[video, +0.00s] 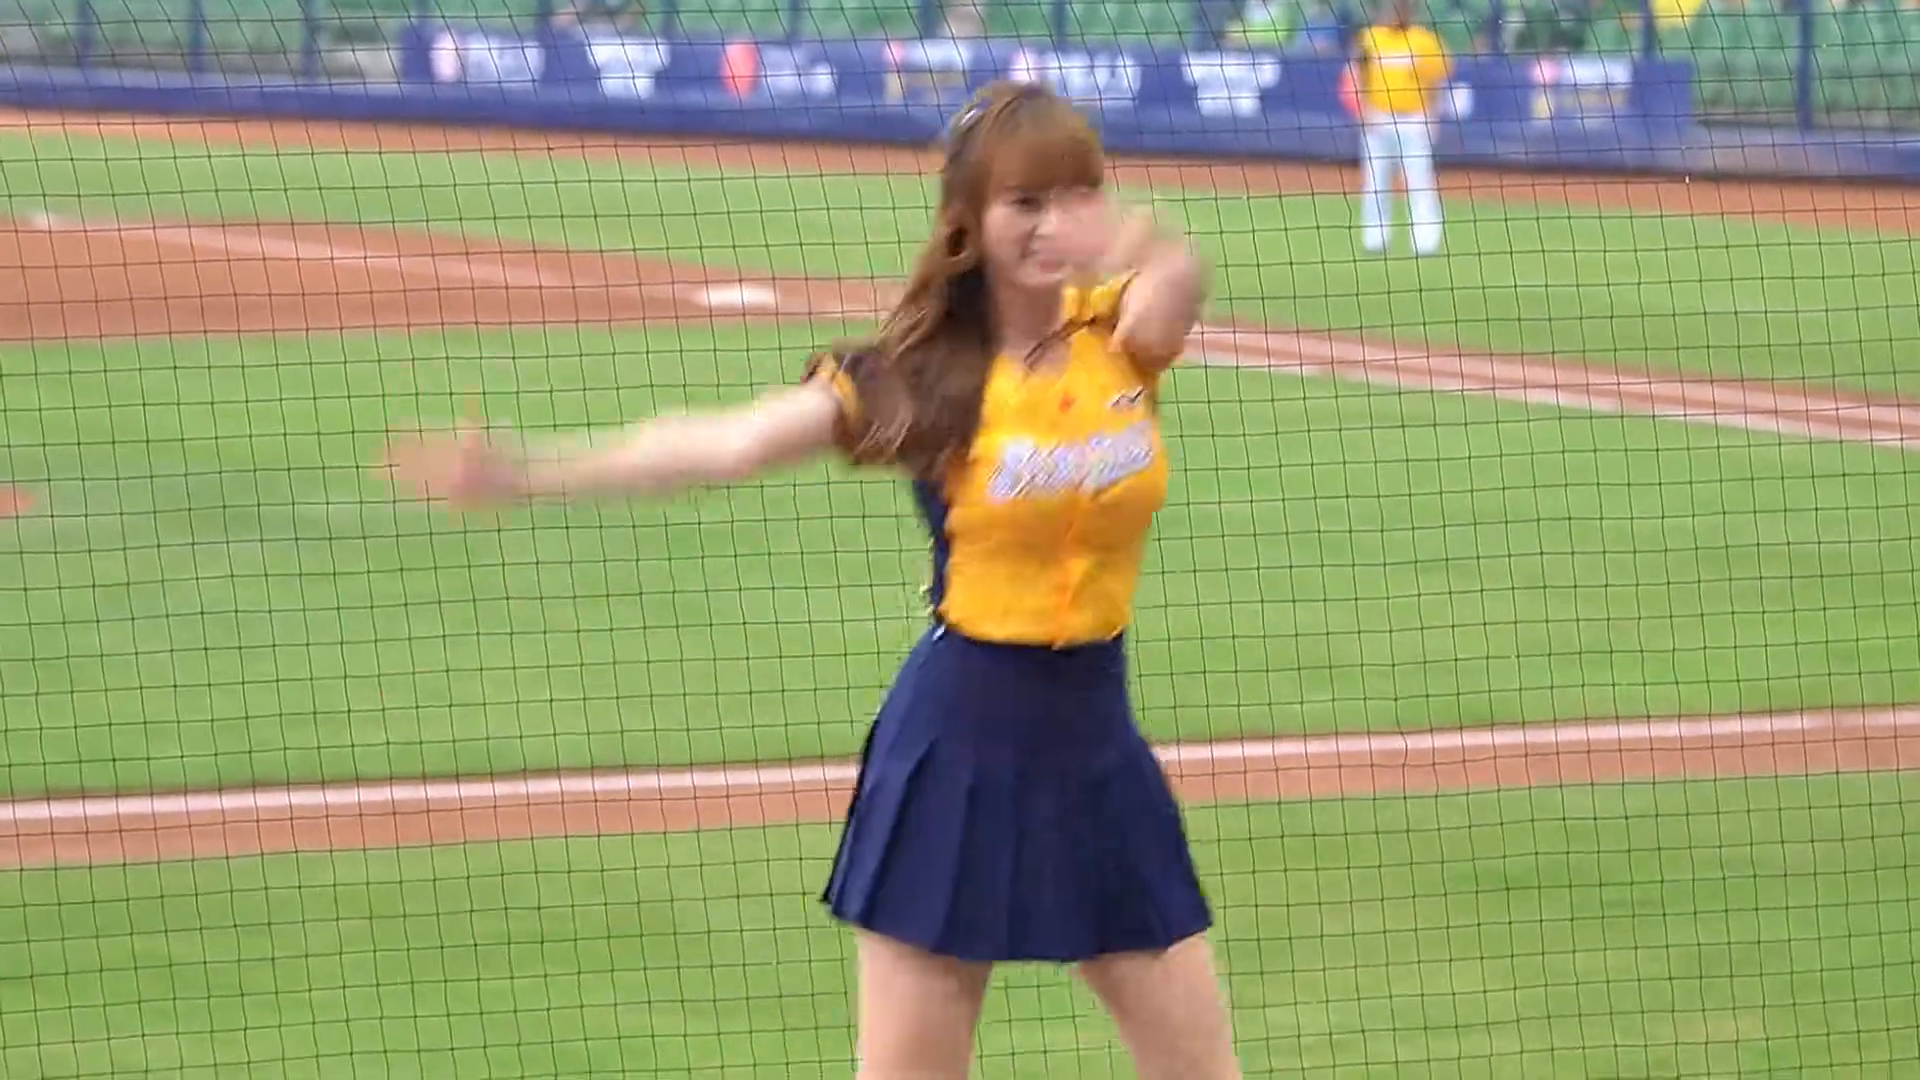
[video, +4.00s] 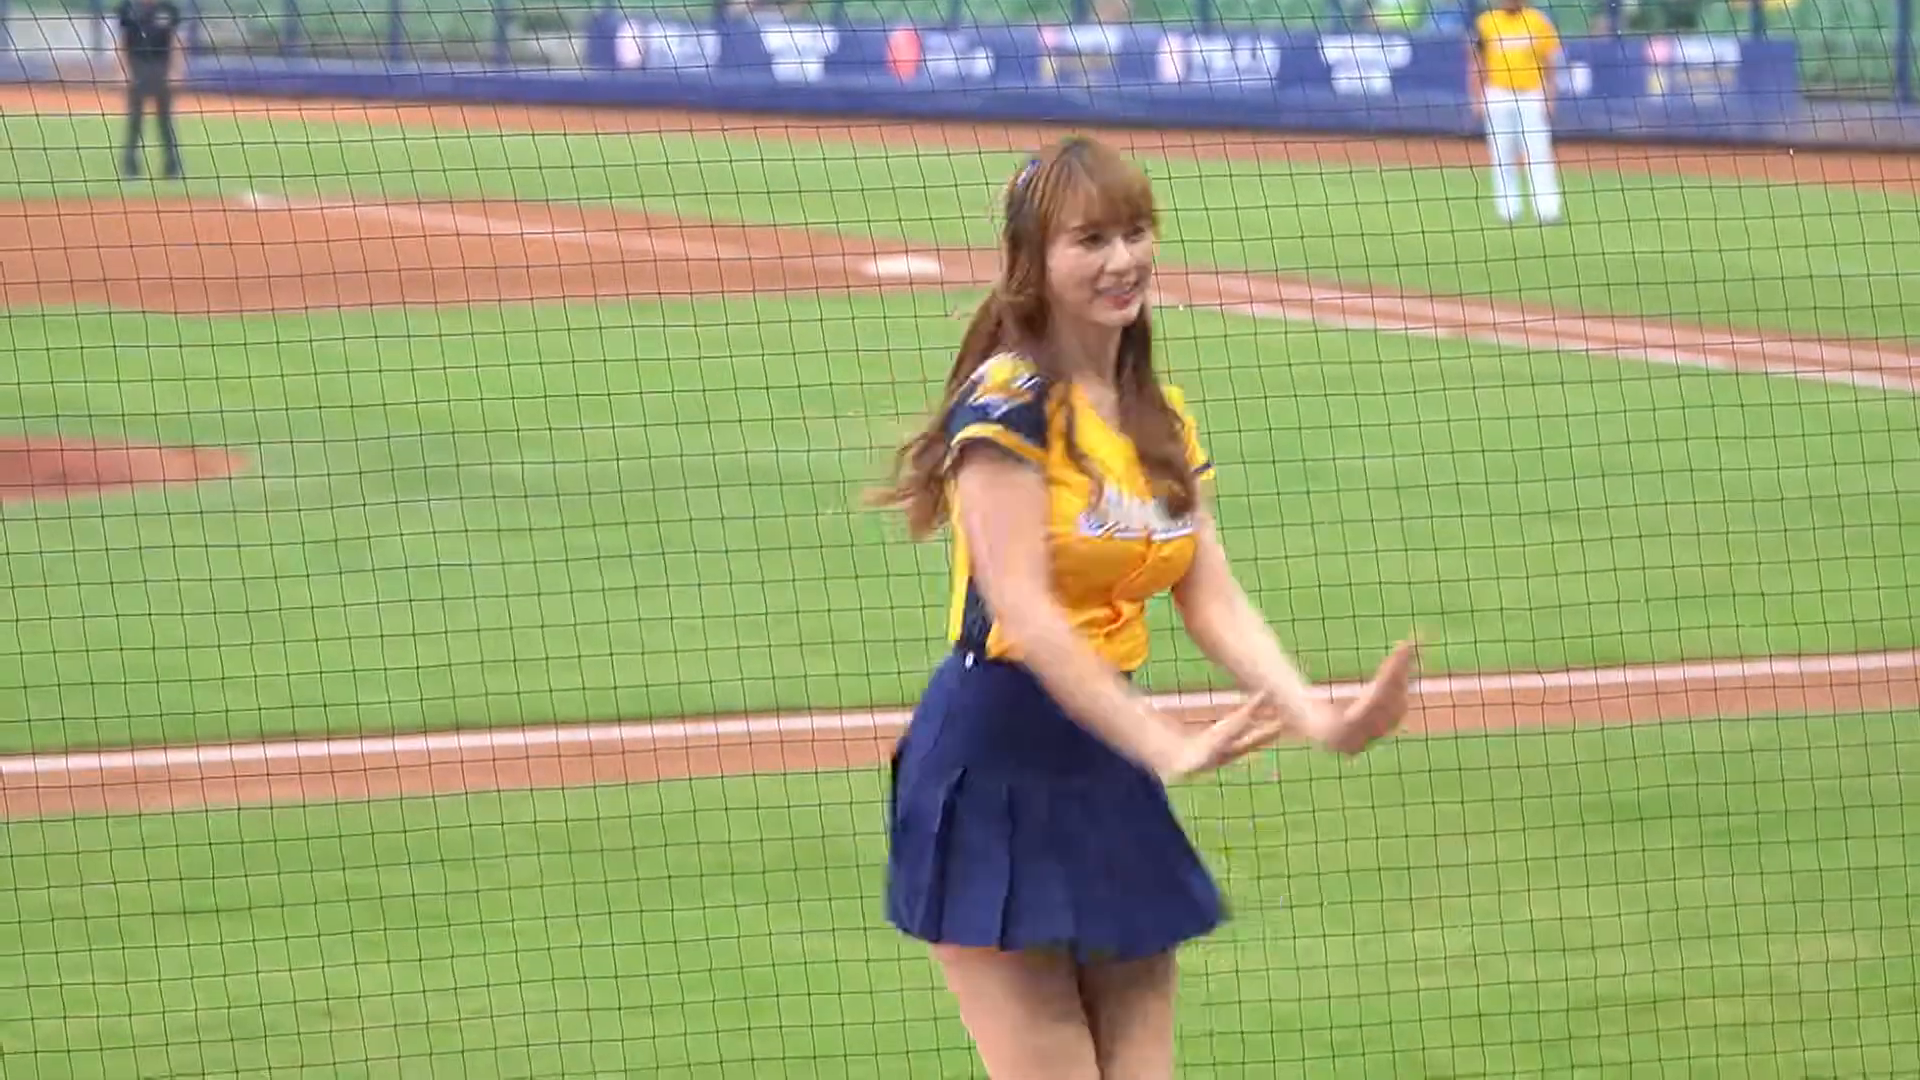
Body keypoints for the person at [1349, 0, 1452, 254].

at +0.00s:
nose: (1400, 13)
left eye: (1404, 7)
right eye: (1395, 8)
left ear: (1411, 10)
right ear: (1386, 10)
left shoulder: (1425, 41)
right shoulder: (1370, 39)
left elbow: (1437, 84)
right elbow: (1355, 79)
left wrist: (1433, 117)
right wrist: (1364, 112)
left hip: (1415, 118)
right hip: (1377, 118)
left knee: (1420, 178)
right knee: (1376, 179)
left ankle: (1426, 236)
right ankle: (1375, 235)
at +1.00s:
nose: (1397, 62)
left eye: (1401, 56)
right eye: (1393, 56)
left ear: (1408, 58)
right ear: (1386, 59)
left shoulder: (1426, 87)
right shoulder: (1372, 88)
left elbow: (1442, 125)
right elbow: (1362, 129)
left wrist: (1440, 160)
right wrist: (1363, 165)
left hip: (1420, 163)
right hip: (1384, 164)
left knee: (1428, 222)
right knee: (1390, 226)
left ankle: (1439, 275)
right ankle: (1399, 283)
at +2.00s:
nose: (1366, 59)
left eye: (1370, 53)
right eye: (1361, 53)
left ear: (1378, 55)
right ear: (1354, 54)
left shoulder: (1391, 78)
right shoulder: (1340, 77)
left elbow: (1402, 119)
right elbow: (1330, 110)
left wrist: (1400, 156)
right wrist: (1331, 145)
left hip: (1382, 155)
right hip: (1346, 153)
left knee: (1379, 215)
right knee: (1337, 213)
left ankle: (1379, 270)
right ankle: (1335, 266)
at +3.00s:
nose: (1407, 38)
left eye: (1411, 33)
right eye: (1403, 32)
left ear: (1418, 35)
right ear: (1396, 33)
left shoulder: (1428, 60)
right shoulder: (1381, 57)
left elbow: (1436, 101)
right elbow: (1371, 91)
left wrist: (1439, 135)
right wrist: (1370, 123)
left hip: (1418, 132)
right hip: (1385, 131)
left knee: (1413, 189)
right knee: (1375, 187)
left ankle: (1409, 243)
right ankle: (1368, 238)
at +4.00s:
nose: (1510, 3)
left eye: (1514, 0)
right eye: (1507, 0)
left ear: (1522, 1)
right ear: (1499, 1)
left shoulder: (1537, 20)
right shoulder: (1485, 22)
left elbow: (1550, 61)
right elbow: (1474, 61)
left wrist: (1550, 96)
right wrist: (1476, 97)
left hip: (1532, 93)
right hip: (1497, 94)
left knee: (1539, 150)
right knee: (1502, 152)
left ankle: (1547, 206)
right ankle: (1508, 207)